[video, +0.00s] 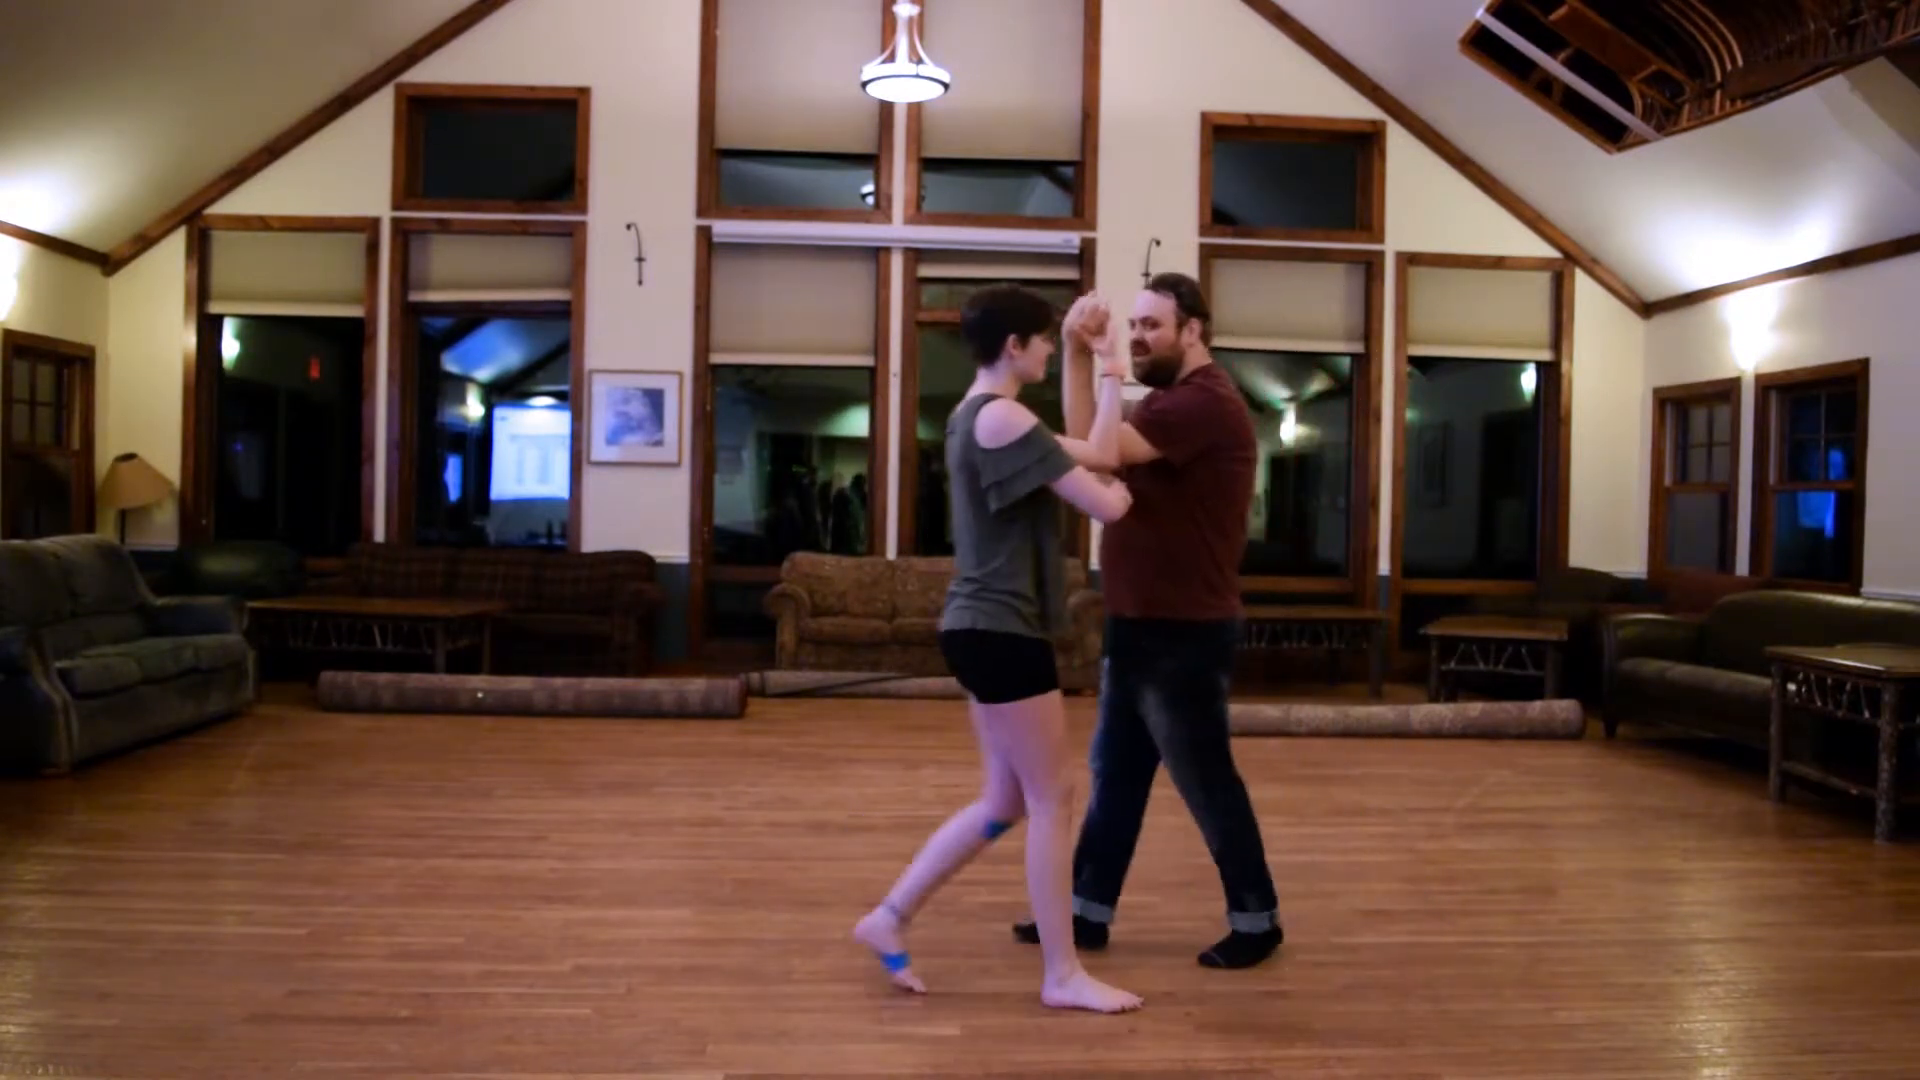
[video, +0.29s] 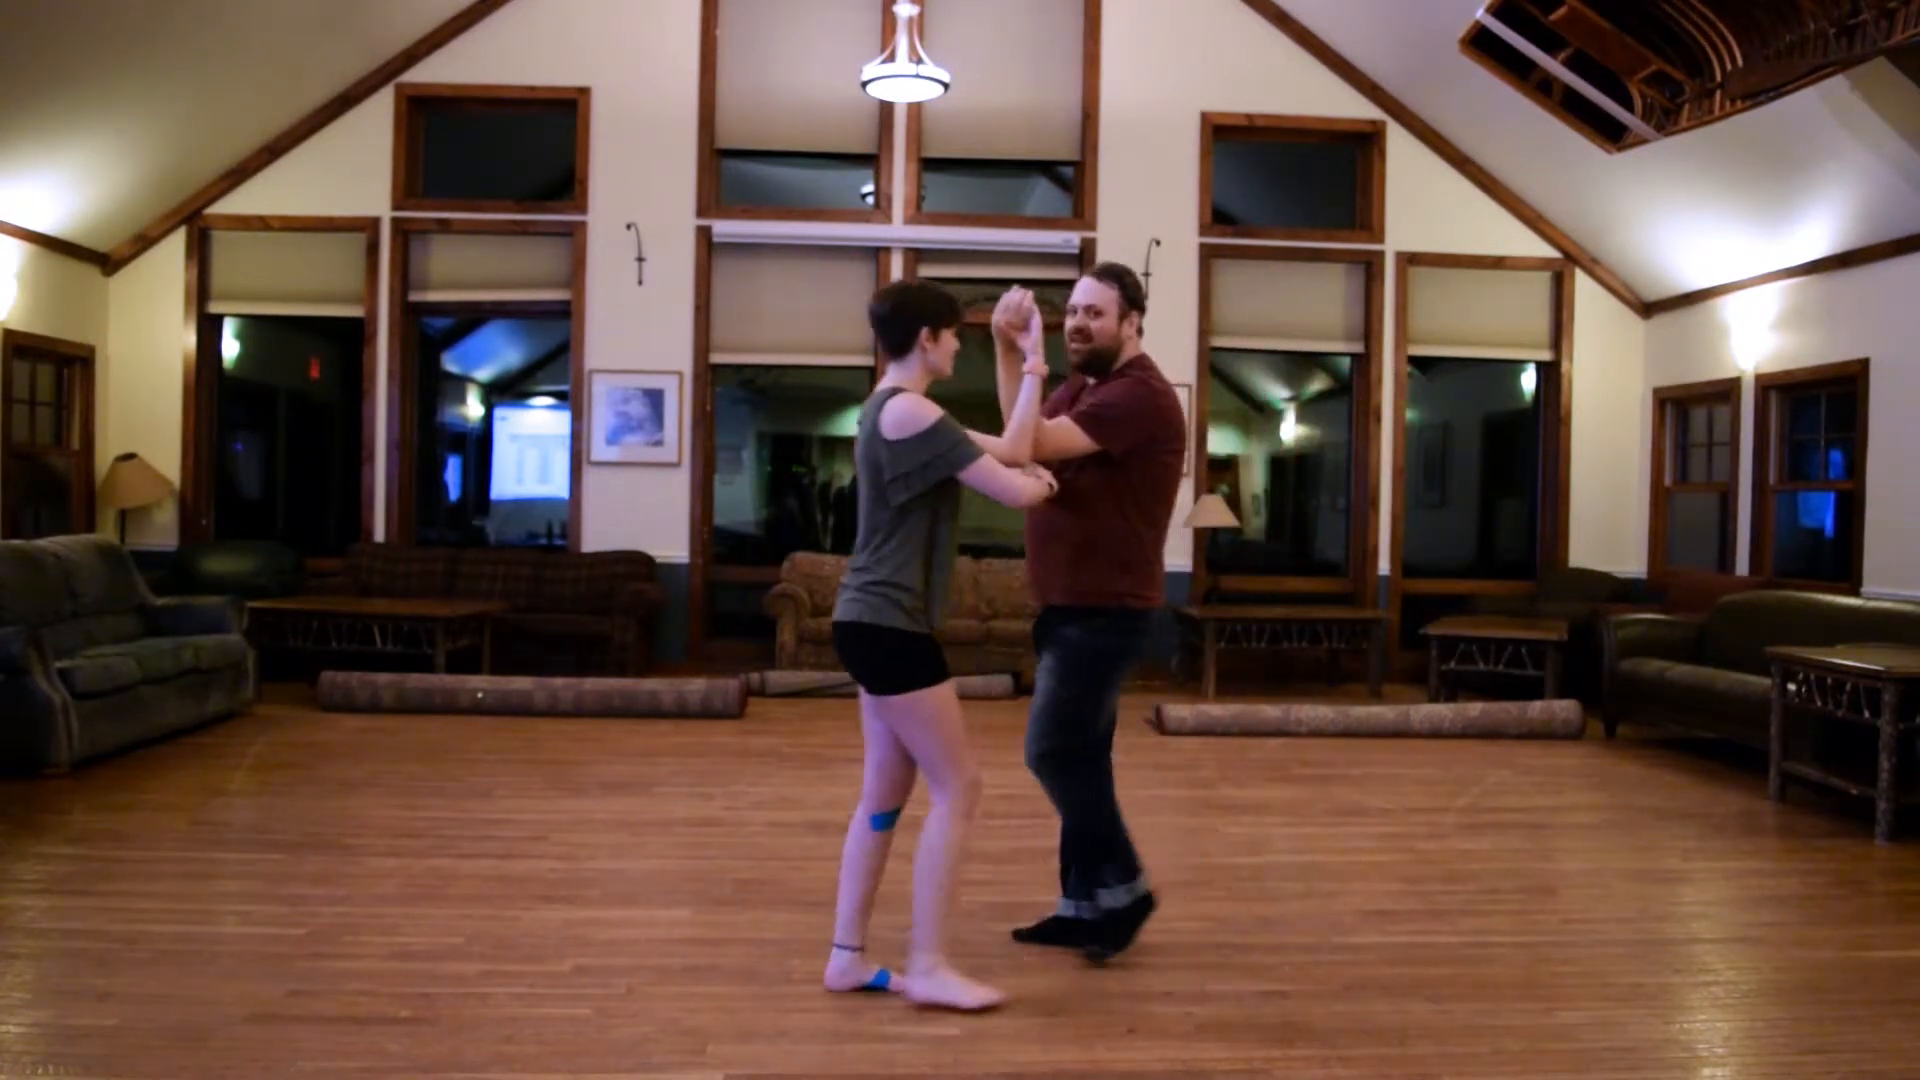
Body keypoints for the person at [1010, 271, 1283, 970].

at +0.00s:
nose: (1136, 338)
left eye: (1150, 326)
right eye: (1133, 326)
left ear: (1193, 332)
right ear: (1142, 336)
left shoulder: (1204, 401)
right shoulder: (1166, 397)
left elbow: (1103, 447)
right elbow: (1087, 435)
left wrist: (1109, 365)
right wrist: (1076, 347)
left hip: (1187, 625)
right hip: (1139, 622)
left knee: (1205, 778)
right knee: (1117, 773)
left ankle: (1256, 921)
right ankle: (1086, 912)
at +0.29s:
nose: (1077, 324)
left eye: (1093, 314)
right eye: (1072, 312)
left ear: (1131, 324)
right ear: (1069, 322)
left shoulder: (1139, 395)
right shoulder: (1084, 386)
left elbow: (1032, 440)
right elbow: (1018, 440)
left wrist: (1026, 353)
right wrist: (1010, 350)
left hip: (1108, 606)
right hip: (1071, 604)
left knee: (1053, 749)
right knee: (1080, 755)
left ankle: (1122, 890)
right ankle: (1082, 904)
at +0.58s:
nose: (1023, 328)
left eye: (1040, 318)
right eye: (1019, 316)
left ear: (1078, 332)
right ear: (1014, 327)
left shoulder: (1094, 408)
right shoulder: (1008, 393)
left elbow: (998, 453)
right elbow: (942, 450)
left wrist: (971, 373)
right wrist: (965, 374)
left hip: (1049, 620)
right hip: (995, 613)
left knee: (986, 760)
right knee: (1036, 765)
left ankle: (958, 913)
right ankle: (1077, 911)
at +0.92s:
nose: (961, 309)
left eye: (980, 300)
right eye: (957, 299)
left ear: (1018, 318)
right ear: (951, 316)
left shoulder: (1038, 394)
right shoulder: (927, 385)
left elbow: (959, 418)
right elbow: (876, 466)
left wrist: (913, 348)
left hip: (982, 613)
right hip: (909, 604)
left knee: (963, 772)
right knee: (880, 748)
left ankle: (954, 915)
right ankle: (913, 890)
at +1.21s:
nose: (892, 299)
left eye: (910, 288)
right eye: (884, 288)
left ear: (941, 308)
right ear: (875, 301)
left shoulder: (965, 365)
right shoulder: (856, 363)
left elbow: (888, 328)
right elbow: (807, 328)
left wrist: (813, 265)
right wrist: (787, 255)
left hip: (943, 601)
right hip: (862, 600)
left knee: (937, 775)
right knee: (852, 771)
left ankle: (935, 914)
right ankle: (841, 907)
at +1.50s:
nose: (849, 306)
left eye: (866, 296)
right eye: (842, 297)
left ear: (900, 312)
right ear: (832, 310)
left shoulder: (931, 373)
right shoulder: (816, 377)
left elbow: (873, 376)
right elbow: (780, 398)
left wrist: (775, 352)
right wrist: (779, 313)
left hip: (915, 602)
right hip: (830, 602)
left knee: (915, 776)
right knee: (838, 773)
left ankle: (917, 918)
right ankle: (842, 913)